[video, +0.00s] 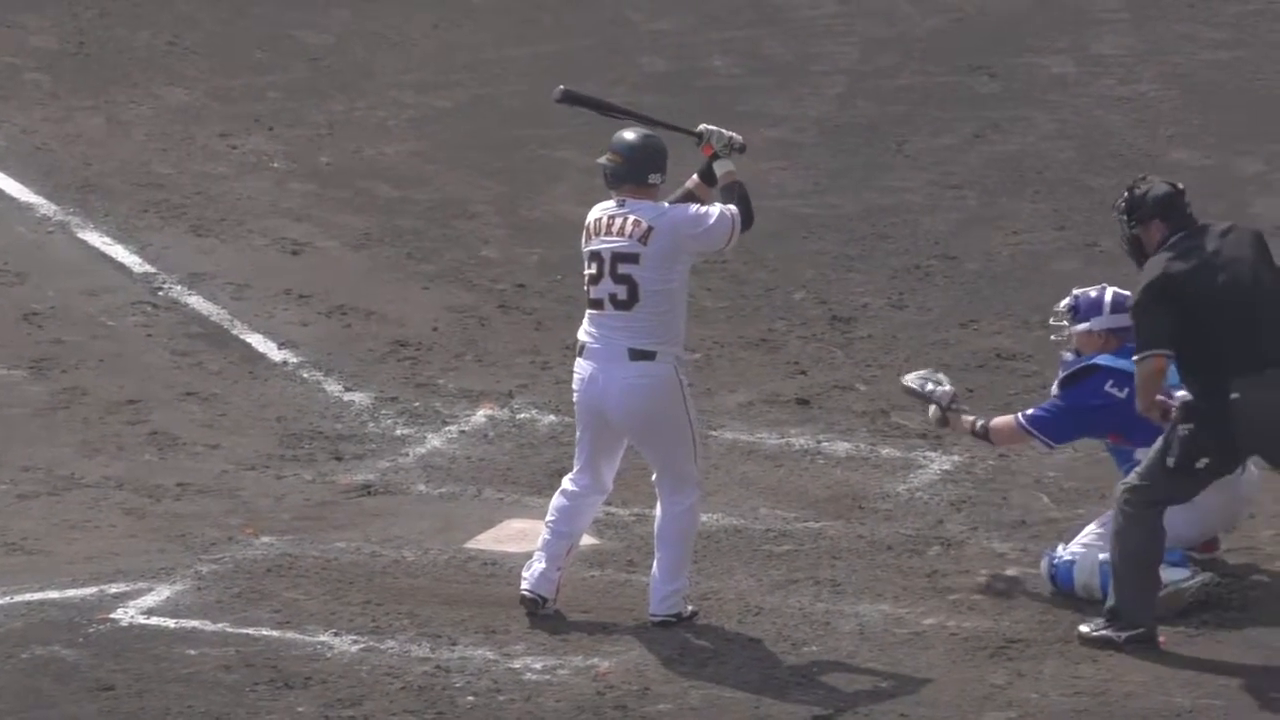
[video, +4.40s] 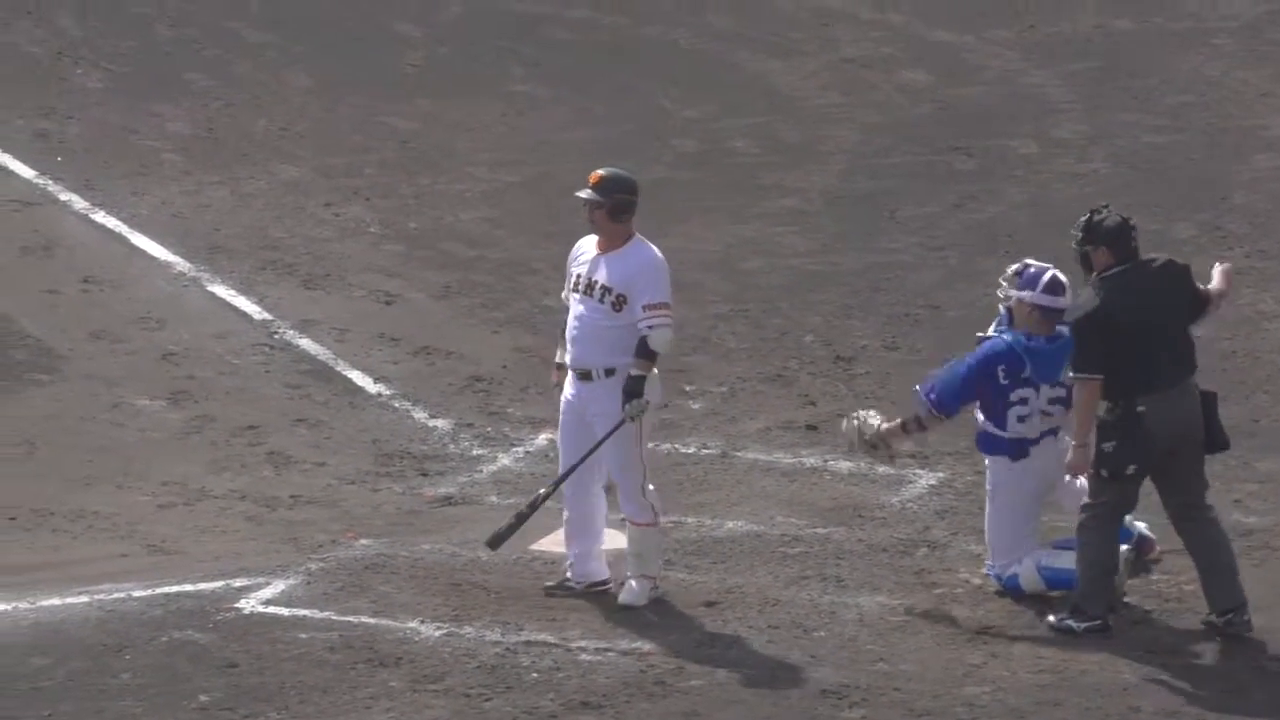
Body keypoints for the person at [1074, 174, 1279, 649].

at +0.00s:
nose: (1135, 238)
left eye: (1137, 228)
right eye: (1133, 228)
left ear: (1155, 227)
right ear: (1184, 215)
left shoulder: (1160, 280)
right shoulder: (1247, 238)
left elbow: (1154, 363)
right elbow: (1270, 306)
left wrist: (1148, 403)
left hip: (1227, 408)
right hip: (1272, 397)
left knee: (1137, 498)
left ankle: (1131, 622)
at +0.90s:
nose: (1148, 305)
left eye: (1150, 296)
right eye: (1145, 296)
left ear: (1172, 295)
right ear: (1197, 281)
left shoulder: (1180, 338)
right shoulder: (1258, 294)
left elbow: (1196, 415)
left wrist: (1157, 468)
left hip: (1251, 464)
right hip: (1274, 452)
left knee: (1136, 498)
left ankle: (1129, 618)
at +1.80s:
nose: (1113, 329)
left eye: (1115, 320)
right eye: (1111, 320)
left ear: (1135, 319)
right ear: (1163, 306)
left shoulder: (1136, 363)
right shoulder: (1220, 325)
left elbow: (1150, 444)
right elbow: (1269, 391)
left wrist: (1096, 484)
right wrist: (1262, 446)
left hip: (1198, 492)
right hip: (1264, 477)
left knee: (1074, 509)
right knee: (1266, 480)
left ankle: (1071, 624)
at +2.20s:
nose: (1063, 326)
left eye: (1066, 319)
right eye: (1061, 318)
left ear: (1085, 318)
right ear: (1112, 307)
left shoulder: (1086, 362)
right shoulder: (1165, 326)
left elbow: (1098, 438)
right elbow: (1217, 394)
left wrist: (1048, 474)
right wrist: (1199, 443)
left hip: (1142, 483)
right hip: (1204, 468)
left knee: (1029, 497)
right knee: (1214, 475)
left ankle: (1025, 604)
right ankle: (1257, 571)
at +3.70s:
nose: (1032, 307)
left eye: (1034, 299)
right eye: (1031, 299)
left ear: (1049, 298)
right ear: (1072, 288)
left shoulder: (1056, 342)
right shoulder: (1114, 300)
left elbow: (1069, 420)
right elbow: (1151, 361)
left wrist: (1044, 471)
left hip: (1123, 439)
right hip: (1173, 418)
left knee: (1040, 495)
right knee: (1210, 494)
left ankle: (1051, 593)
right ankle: (1264, 564)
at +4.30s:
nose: (1065, 262)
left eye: (1067, 254)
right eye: (1065, 254)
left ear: (1083, 256)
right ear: (1108, 248)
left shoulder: (1078, 307)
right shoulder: (1149, 273)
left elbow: (1075, 385)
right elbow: (1186, 317)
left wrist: (1071, 448)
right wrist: (1207, 323)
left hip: (1122, 417)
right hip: (1172, 404)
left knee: (1089, 512)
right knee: (1181, 506)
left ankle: (1086, 610)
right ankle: (1226, 604)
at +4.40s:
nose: (1086, 260)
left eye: (1087, 251)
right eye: (1086, 251)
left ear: (1100, 253)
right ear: (1131, 244)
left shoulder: (1094, 308)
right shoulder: (1169, 273)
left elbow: (1088, 384)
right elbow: (1201, 303)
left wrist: (1079, 444)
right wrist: (1220, 285)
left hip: (1131, 418)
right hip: (1184, 407)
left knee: (1100, 513)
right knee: (1192, 508)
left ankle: (1090, 610)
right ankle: (1231, 609)